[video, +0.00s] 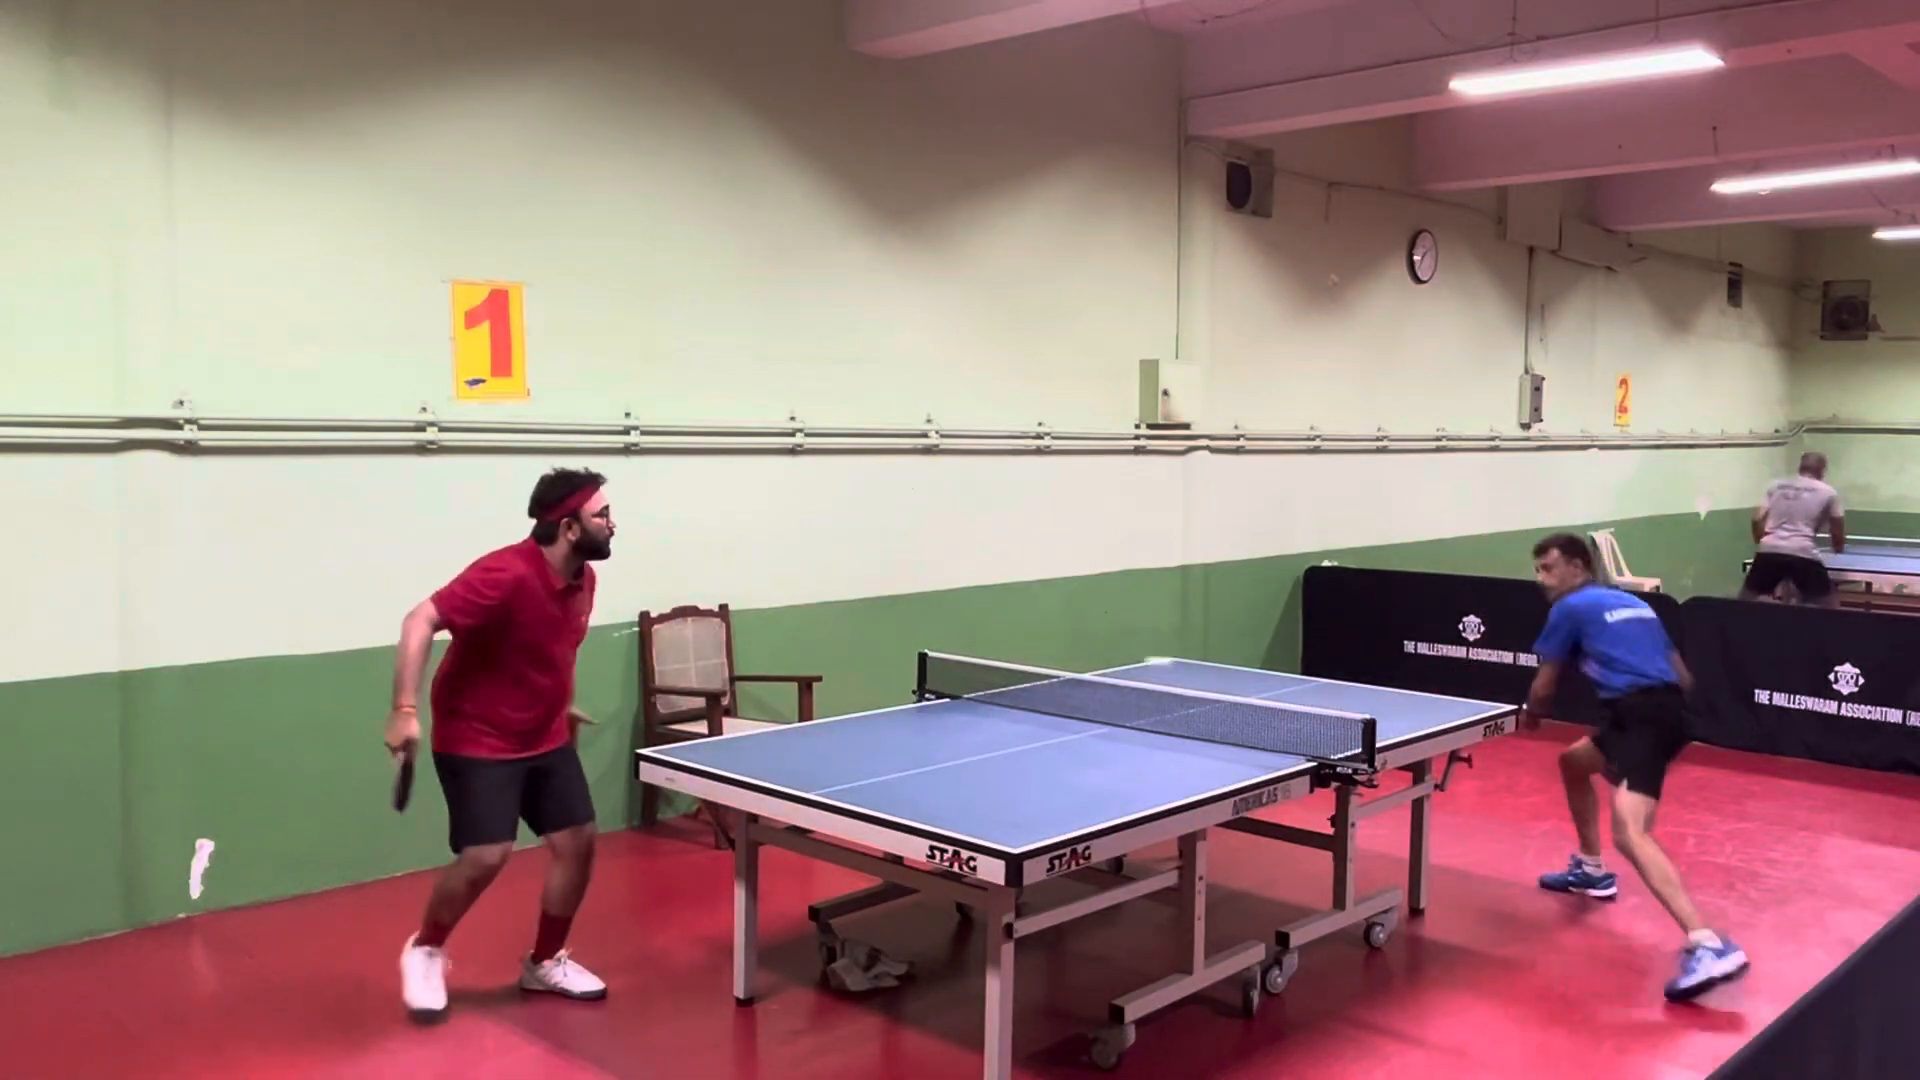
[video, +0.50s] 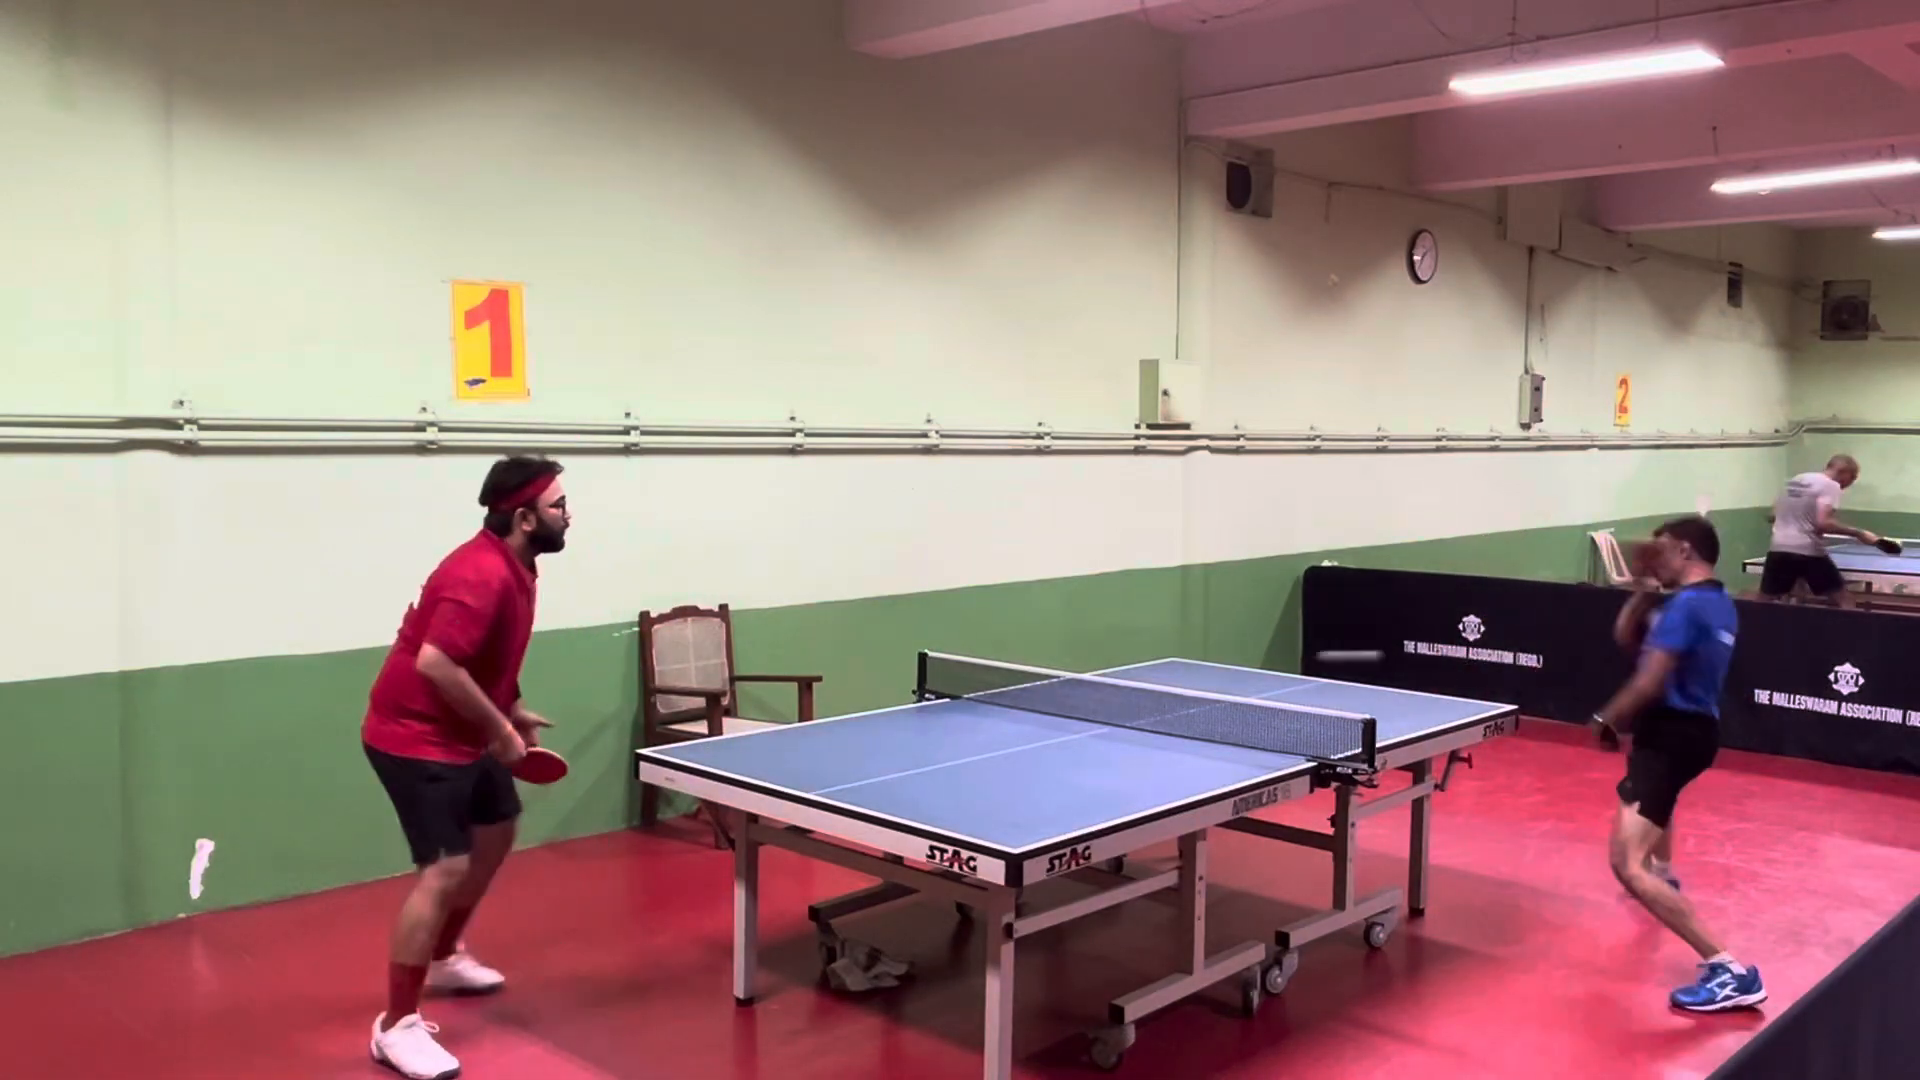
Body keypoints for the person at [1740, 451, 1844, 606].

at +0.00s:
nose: (1824, 474)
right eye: (1824, 470)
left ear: (1800, 469)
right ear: (1821, 471)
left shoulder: (1776, 486)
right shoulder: (1828, 493)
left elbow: (1757, 518)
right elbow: (1838, 544)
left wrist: (1761, 541)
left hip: (1768, 553)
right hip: (1803, 557)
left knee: (1744, 604)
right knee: (1829, 607)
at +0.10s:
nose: (1833, 474)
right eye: (1833, 470)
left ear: (1809, 467)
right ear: (1830, 471)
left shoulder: (1786, 483)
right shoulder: (1836, 492)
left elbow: (1765, 516)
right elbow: (1847, 536)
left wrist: (1770, 539)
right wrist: (1851, 546)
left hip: (1774, 550)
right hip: (1807, 553)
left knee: (1751, 598)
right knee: (1832, 604)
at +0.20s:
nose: (1839, 474)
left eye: (1839, 471)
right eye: (1839, 471)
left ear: (1815, 467)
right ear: (1836, 471)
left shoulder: (1789, 482)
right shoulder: (1838, 493)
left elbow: (1767, 517)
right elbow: (1849, 537)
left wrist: (1778, 539)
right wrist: (1861, 547)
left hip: (1776, 551)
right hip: (1809, 555)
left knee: (1758, 603)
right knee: (1834, 608)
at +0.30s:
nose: (1841, 479)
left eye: (1841, 475)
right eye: (1841, 475)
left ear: (1817, 467)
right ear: (1838, 474)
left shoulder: (1788, 482)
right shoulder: (1836, 492)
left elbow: (1767, 515)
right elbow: (1839, 535)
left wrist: (1782, 534)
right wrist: (1869, 552)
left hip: (1776, 551)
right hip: (1809, 554)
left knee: (1758, 605)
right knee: (1835, 608)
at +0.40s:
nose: (1843, 483)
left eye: (1844, 479)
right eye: (1844, 479)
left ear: (1821, 467)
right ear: (1841, 476)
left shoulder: (1788, 481)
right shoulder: (1833, 490)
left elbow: (1766, 514)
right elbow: (1824, 528)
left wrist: (1788, 526)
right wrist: (1860, 542)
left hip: (1777, 554)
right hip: (1809, 556)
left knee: (1759, 604)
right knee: (1841, 602)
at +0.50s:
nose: (1849, 485)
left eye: (1852, 481)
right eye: (1851, 479)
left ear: (1830, 466)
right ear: (1843, 472)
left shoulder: (1796, 480)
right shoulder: (1831, 486)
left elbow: (1775, 514)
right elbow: (1823, 522)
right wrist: (1859, 534)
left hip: (1779, 554)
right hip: (1809, 555)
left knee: (1763, 604)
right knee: (1842, 600)